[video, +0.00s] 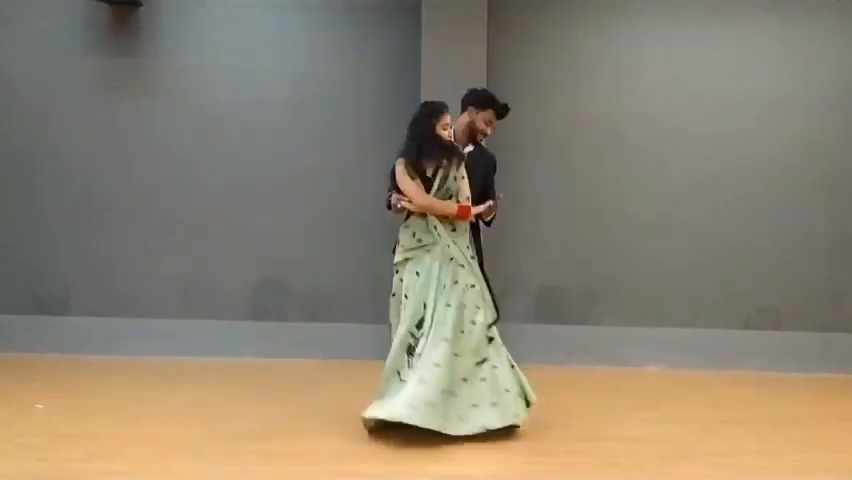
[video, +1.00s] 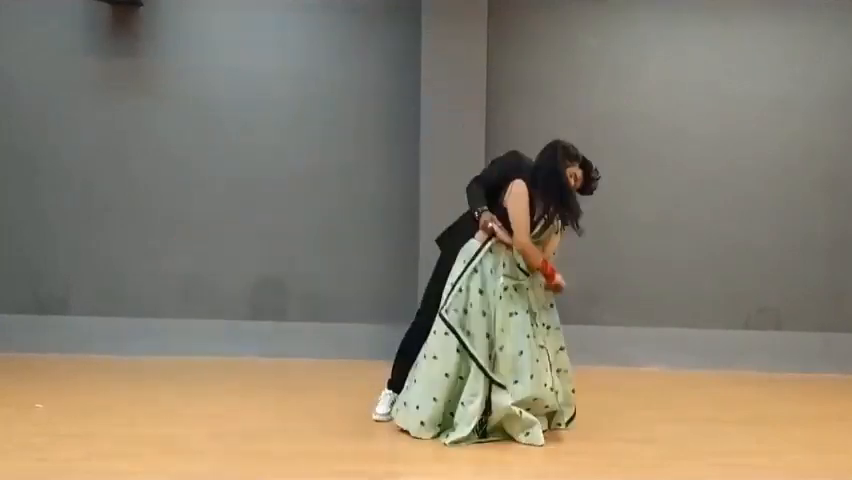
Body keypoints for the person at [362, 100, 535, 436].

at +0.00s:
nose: (451, 132)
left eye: (452, 126)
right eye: (445, 126)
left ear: (452, 129)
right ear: (427, 128)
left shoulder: (457, 163)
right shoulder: (404, 165)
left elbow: (465, 210)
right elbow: (421, 202)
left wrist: (420, 206)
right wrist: (464, 209)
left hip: (456, 253)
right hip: (419, 254)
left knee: (461, 327)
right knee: (424, 328)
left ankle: (464, 406)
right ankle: (422, 404)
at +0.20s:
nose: (457, 142)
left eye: (457, 135)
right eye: (450, 135)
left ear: (459, 139)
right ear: (431, 137)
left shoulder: (463, 178)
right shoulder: (410, 173)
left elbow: (469, 218)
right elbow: (425, 210)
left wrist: (426, 215)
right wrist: (468, 213)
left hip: (464, 268)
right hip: (427, 268)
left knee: (469, 340)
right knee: (432, 340)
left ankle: (482, 415)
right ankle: (430, 416)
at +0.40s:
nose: (472, 126)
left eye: (472, 120)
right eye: (466, 120)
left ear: (471, 126)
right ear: (447, 124)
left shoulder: (483, 165)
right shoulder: (430, 164)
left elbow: (486, 203)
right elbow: (460, 189)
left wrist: (450, 199)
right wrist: (497, 183)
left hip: (483, 256)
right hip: (446, 257)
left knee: (488, 334)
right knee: (448, 334)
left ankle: (489, 413)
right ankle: (446, 413)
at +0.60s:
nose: (517, 125)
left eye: (515, 120)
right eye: (510, 120)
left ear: (507, 128)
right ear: (491, 125)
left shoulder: (526, 168)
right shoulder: (472, 160)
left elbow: (527, 205)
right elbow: (491, 185)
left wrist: (487, 200)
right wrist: (544, 186)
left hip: (509, 256)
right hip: (469, 253)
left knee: (504, 332)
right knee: (463, 330)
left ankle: (502, 412)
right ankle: (457, 411)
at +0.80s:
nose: (565, 163)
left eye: (572, 163)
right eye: (564, 153)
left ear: (573, 169)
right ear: (545, 144)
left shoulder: (553, 192)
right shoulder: (510, 160)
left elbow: (545, 239)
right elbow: (475, 184)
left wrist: (573, 249)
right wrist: (482, 206)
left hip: (512, 261)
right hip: (470, 247)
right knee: (432, 316)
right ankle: (393, 385)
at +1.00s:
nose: (575, 179)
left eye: (579, 175)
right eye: (571, 171)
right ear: (555, 166)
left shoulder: (557, 211)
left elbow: (545, 257)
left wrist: (550, 275)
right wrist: (549, 273)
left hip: (521, 275)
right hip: (488, 266)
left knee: (525, 341)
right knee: (495, 337)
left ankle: (515, 409)